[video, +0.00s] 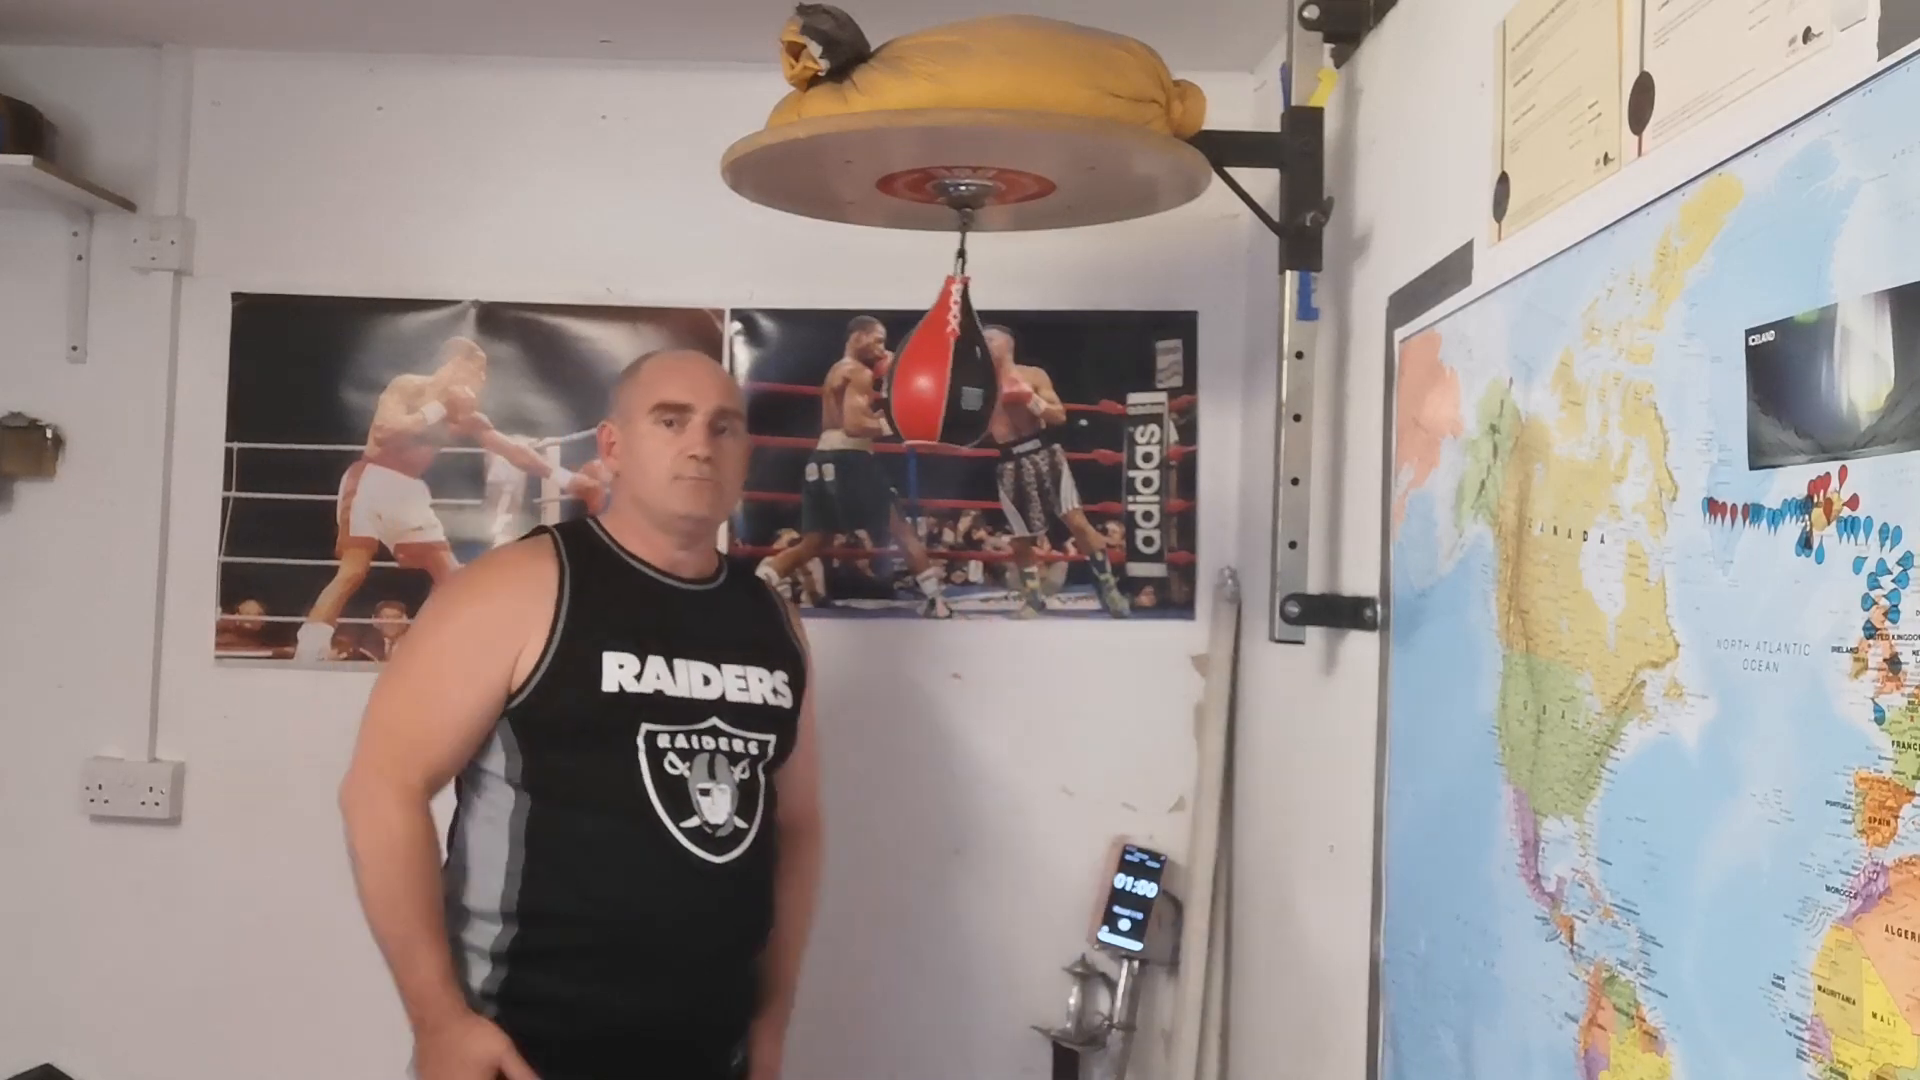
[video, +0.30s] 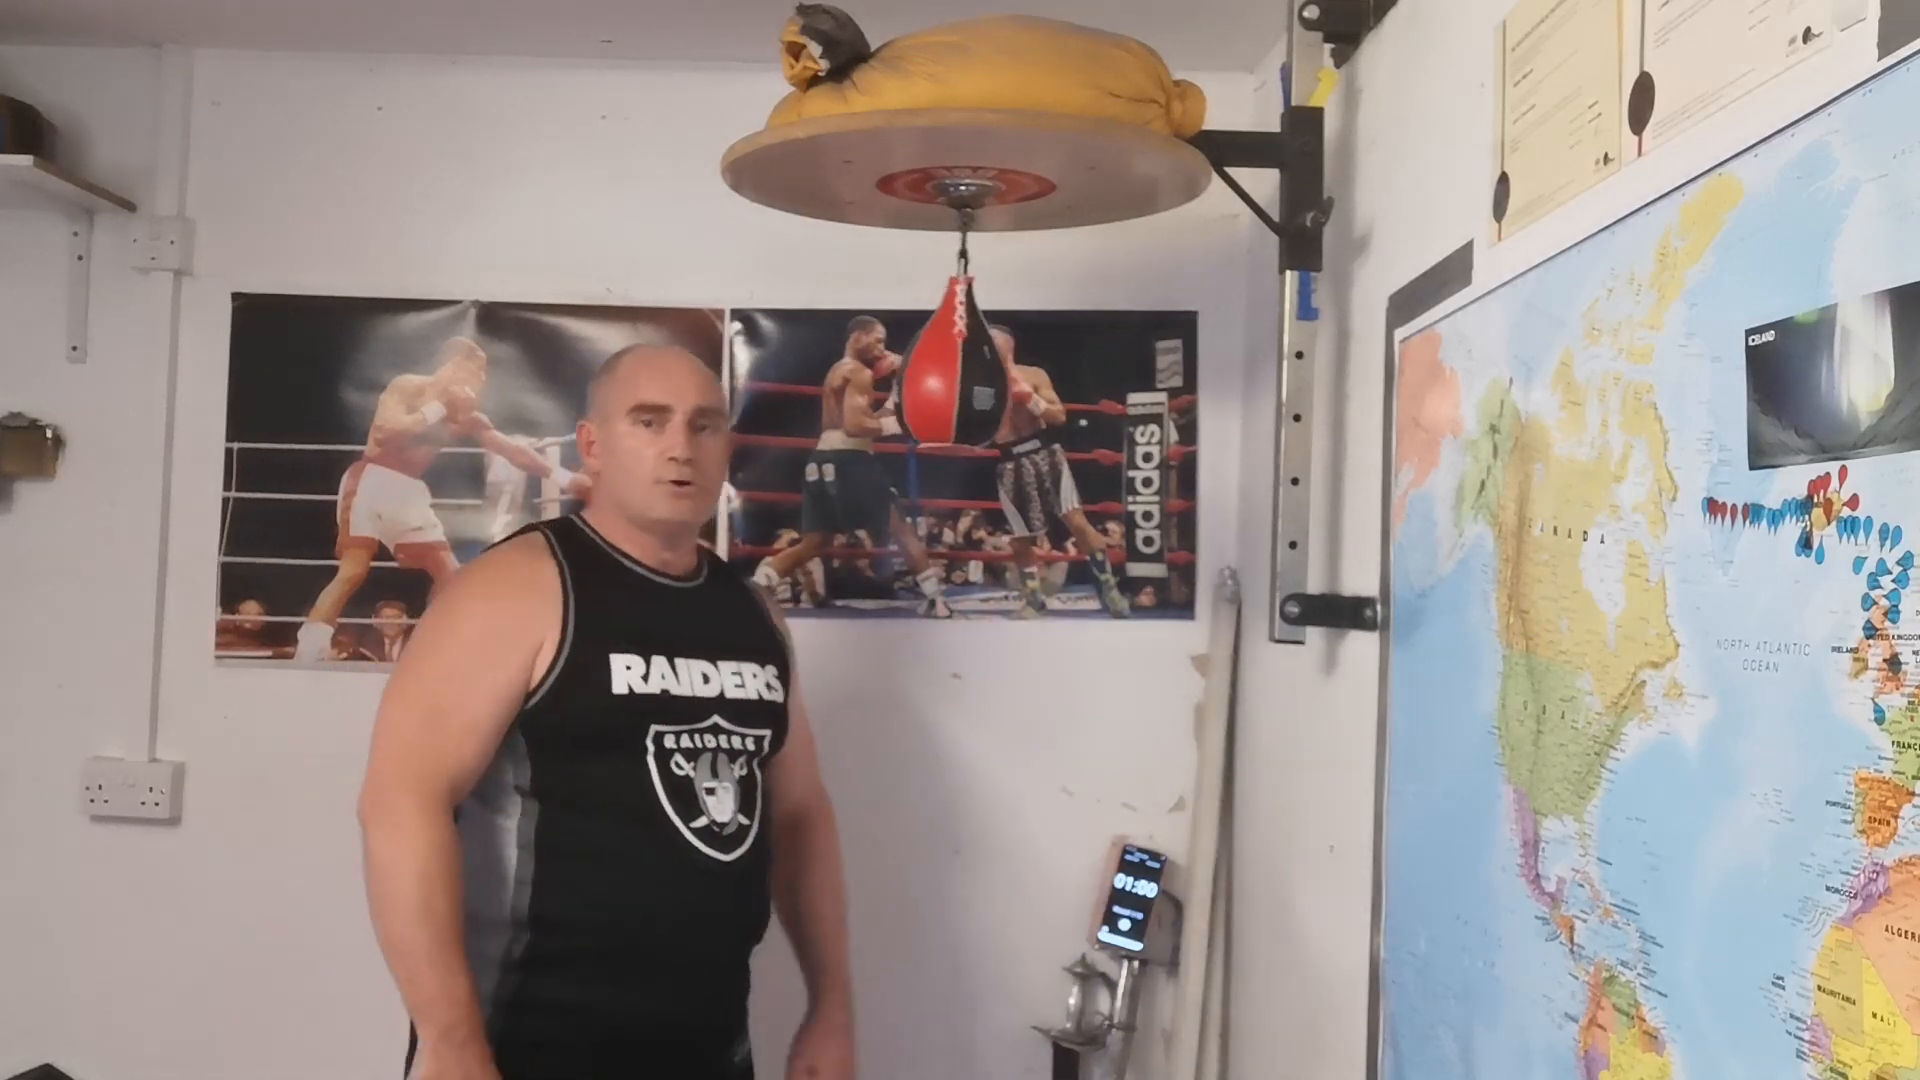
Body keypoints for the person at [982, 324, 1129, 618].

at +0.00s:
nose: (989, 348)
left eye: (993, 341)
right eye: (984, 343)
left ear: (1009, 345)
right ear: (981, 351)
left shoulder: (1033, 375)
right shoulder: (981, 385)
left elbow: (1059, 416)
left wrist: (1033, 401)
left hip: (1046, 457)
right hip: (1011, 465)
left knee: (1075, 521)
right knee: (1022, 538)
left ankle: (1109, 588)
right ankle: (1032, 599)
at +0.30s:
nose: (996, 355)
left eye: (999, 348)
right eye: (991, 349)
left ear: (1010, 348)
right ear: (985, 353)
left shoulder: (1034, 375)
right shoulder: (982, 383)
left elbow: (1059, 416)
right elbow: (974, 427)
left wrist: (1033, 401)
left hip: (1046, 456)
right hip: (1011, 464)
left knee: (1075, 522)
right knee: (1022, 538)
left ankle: (1108, 587)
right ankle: (1032, 599)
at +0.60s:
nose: (1006, 360)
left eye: (1008, 354)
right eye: (997, 357)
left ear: (1017, 354)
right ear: (989, 363)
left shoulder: (1035, 376)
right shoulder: (984, 386)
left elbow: (1059, 416)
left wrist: (1037, 404)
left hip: (1047, 455)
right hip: (1012, 463)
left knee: (1076, 521)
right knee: (1021, 537)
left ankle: (1109, 588)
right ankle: (1032, 598)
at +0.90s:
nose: (994, 353)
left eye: (998, 346)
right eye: (990, 348)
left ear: (1010, 347)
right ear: (984, 353)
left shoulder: (1033, 375)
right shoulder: (984, 384)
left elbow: (1059, 416)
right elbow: (977, 428)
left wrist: (1037, 404)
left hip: (1046, 456)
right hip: (1011, 464)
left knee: (1075, 521)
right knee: (1021, 538)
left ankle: (1109, 588)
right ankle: (1032, 597)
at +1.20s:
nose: (996, 356)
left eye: (1000, 349)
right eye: (991, 351)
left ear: (1010, 349)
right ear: (984, 355)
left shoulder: (1034, 375)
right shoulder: (984, 385)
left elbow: (1059, 417)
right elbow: (979, 428)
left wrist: (1034, 401)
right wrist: (998, 397)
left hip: (1046, 456)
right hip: (1011, 464)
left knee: (1075, 521)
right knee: (1022, 537)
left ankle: (1109, 587)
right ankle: (1032, 598)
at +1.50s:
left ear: (1018, 356)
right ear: (991, 363)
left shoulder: (1035, 376)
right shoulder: (983, 385)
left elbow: (1059, 416)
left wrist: (1041, 405)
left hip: (1047, 455)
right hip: (1011, 464)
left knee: (1076, 522)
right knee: (1021, 537)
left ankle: (1110, 590)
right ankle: (1032, 600)